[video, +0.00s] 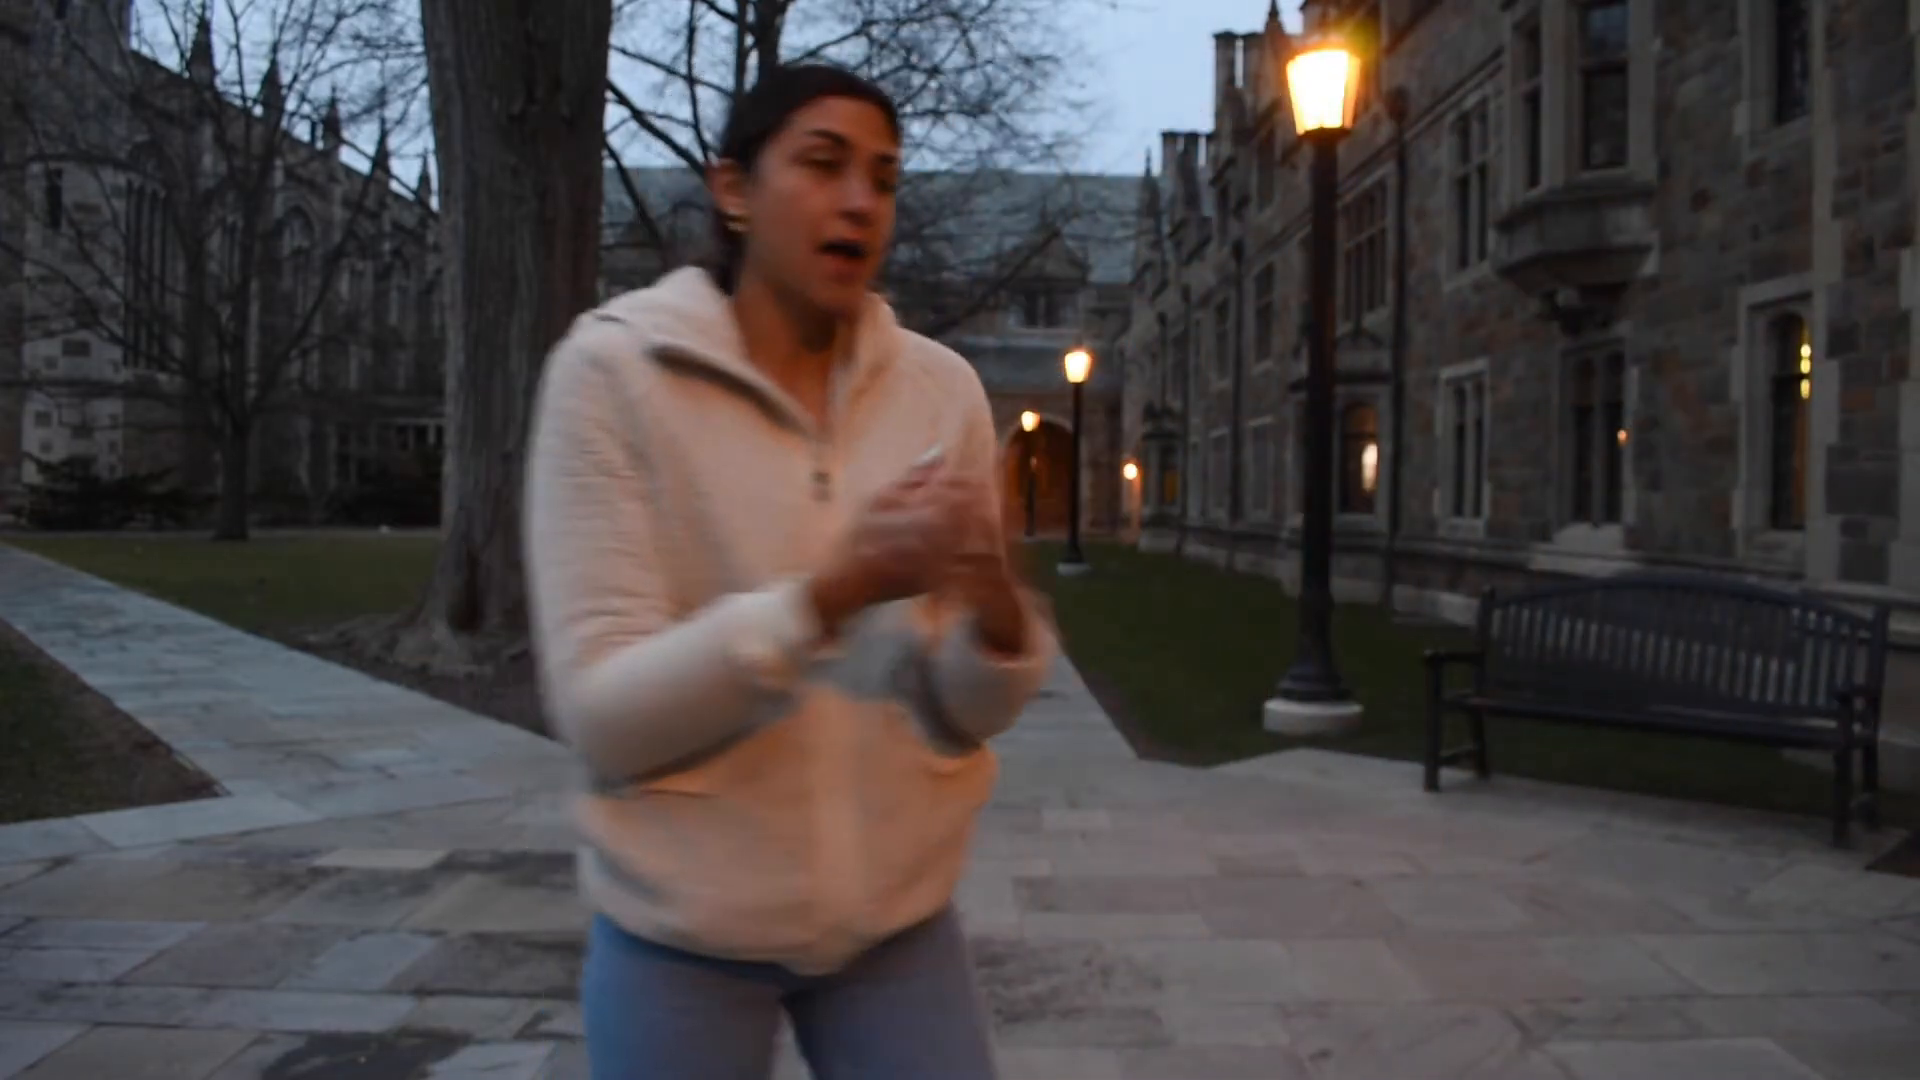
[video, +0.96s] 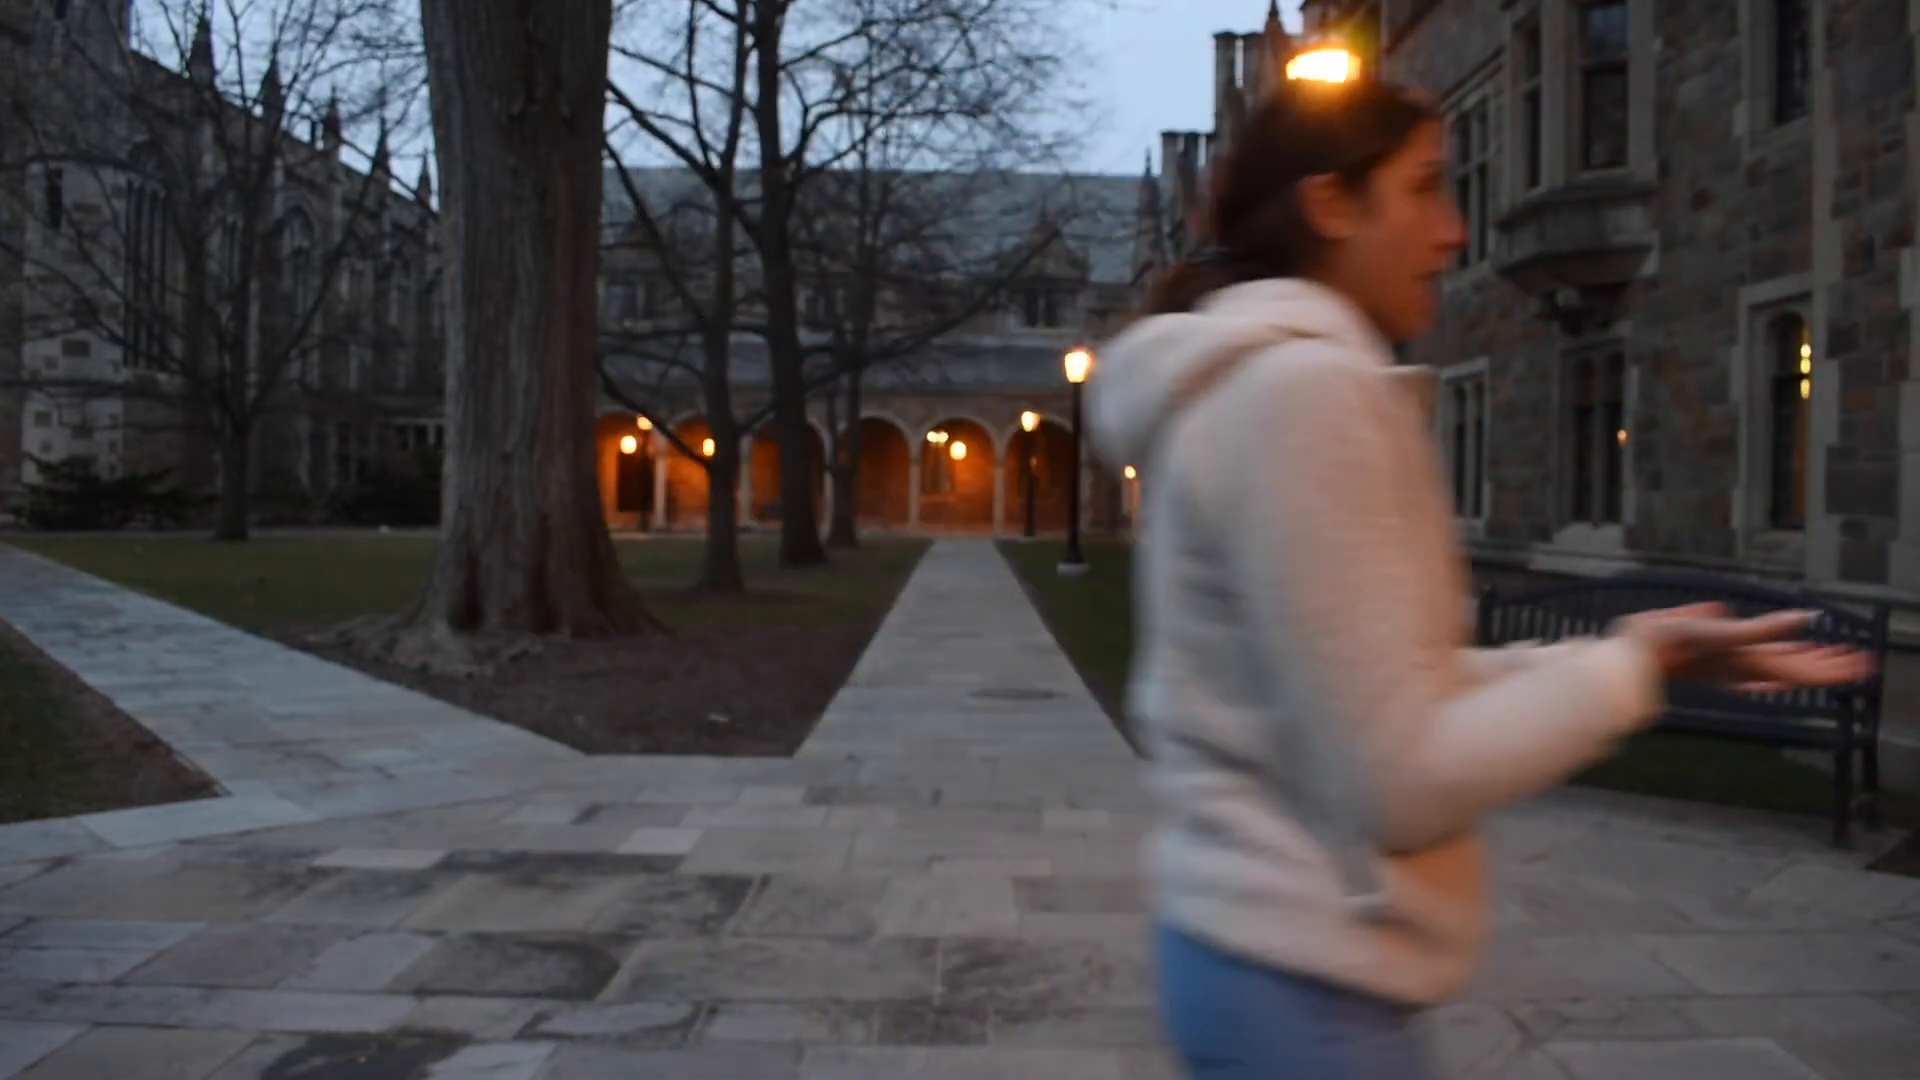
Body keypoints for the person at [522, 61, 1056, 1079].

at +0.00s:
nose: (862, 204)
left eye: (882, 179)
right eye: (821, 163)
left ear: (895, 210)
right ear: (732, 189)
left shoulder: (941, 389)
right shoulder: (612, 372)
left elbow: (970, 712)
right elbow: (604, 719)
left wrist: (995, 606)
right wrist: (839, 587)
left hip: (896, 920)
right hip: (679, 931)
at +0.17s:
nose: (964, 217)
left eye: (971, 189)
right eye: (926, 176)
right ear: (823, 198)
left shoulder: (984, 401)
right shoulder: (705, 371)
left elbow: (1022, 692)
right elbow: (742, 734)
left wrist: (1173, 628)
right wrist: (999, 595)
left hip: (979, 943)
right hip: (780, 956)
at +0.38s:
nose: (1094, 225)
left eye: (1086, 192)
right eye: (1056, 187)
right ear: (953, 204)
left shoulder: (1050, 404)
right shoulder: (848, 382)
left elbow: (1082, 693)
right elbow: (910, 744)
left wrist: (1286, 631)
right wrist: (1181, 653)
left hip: (1066, 935)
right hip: (915, 948)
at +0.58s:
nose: (1213, 227)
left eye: (1204, 192)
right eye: (1178, 187)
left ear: (1092, 209)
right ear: (1080, 202)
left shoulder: (1070, 373)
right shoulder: (1007, 374)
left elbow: (1101, 703)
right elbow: (1073, 743)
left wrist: (1348, 650)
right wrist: (1340, 650)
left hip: (1077, 952)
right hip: (1027, 964)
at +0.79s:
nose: (1338, 234)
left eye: (1332, 200)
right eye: (1311, 194)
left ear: (1221, 208)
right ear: (1213, 204)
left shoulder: (1167, 368)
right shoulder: (1165, 375)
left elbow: (1258, 686)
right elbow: (1235, 755)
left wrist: (1494, 658)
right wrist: (1493, 659)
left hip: (1150, 964)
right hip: (1152, 976)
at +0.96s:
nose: (1454, 230)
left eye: (1447, 191)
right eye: (1428, 189)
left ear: (1336, 206)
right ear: (1328, 204)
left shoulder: (1285, 379)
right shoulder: (1306, 390)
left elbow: (1408, 682)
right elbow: (1392, 777)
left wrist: (1641, 655)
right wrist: (1634, 667)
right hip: (1300, 984)